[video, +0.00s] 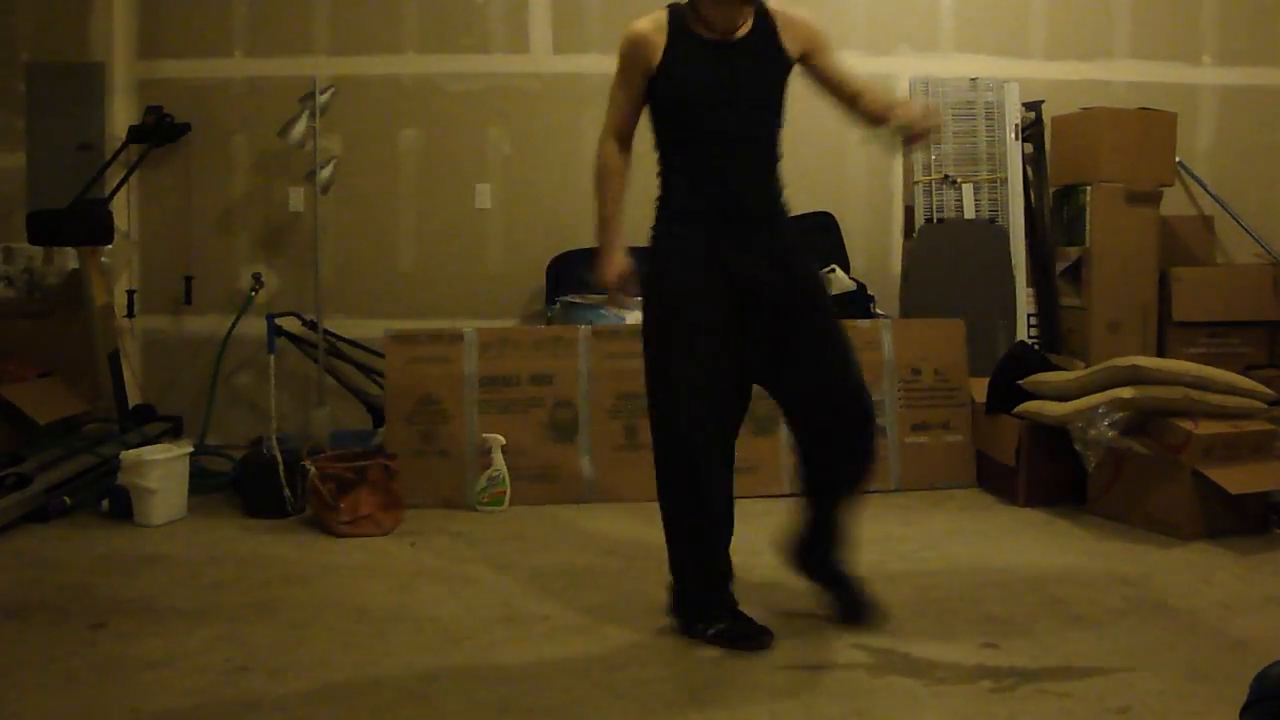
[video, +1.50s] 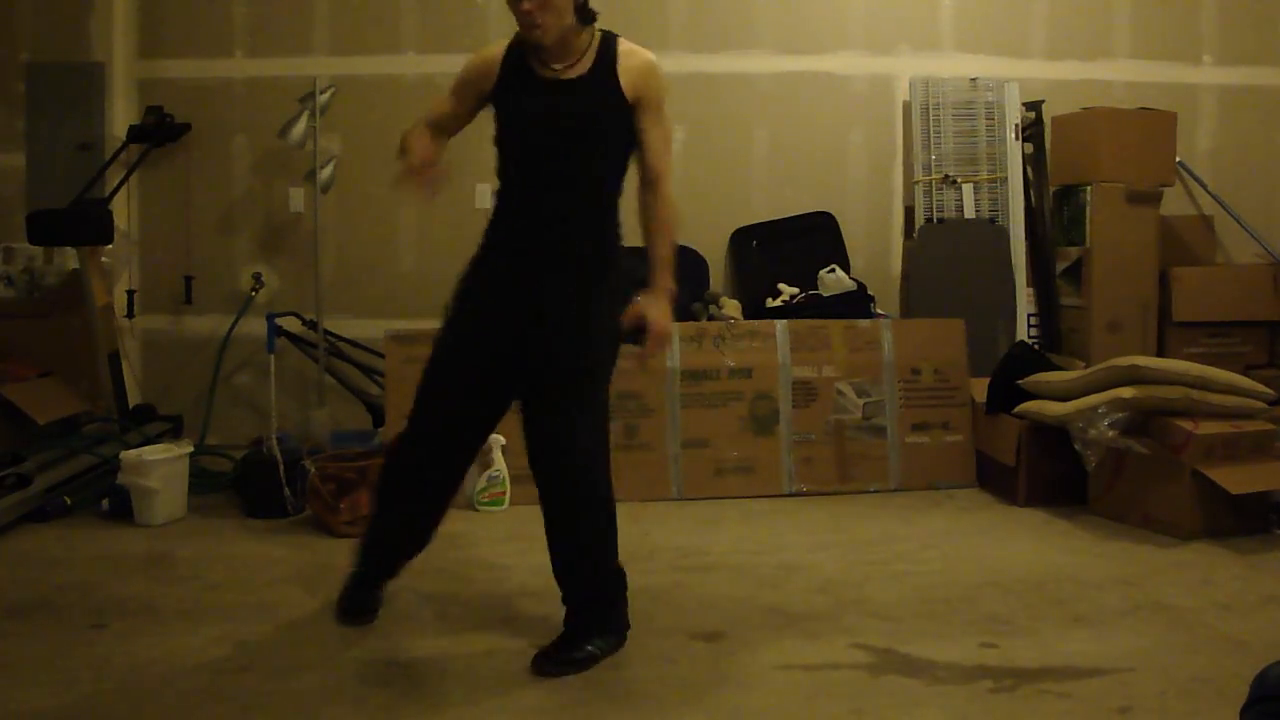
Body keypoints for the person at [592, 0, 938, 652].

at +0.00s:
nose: (731, 9)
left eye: (738, 4)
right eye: (719, 4)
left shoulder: (788, 30)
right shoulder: (650, 40)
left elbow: (857, 96)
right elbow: (616, 139)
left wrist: (899, 113)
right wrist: (610, 244)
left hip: (771, 258)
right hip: (687, 263)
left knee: (842, 415)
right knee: (695, 435)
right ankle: (701, 601)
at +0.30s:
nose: (761, 10)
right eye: (746, 2)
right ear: (715, 6)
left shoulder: (812, 53)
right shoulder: (688, 67)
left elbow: (891, 119)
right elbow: (694, 147)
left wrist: (975, 159)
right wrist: (684, 202)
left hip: (812, 278)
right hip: (731, 283)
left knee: (859, 434)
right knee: (738, 449)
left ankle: (916, 580)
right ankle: (750, 600)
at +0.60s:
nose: (709, 3)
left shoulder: (781, 41)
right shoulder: (662, 38)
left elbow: (824, 149)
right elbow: (602, 124)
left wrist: (712, 150)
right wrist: (634, 143)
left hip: (772, 248)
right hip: (704, 247)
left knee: (732, 413)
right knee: (687, 408)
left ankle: (765, 583)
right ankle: (716, 573)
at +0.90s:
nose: (652, 9)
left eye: (666, 1)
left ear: (692, 1)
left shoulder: (723, 63)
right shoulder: (600, 43)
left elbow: (718, 180)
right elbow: (567, 130)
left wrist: (628, 228)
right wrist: (564, 217)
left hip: (689, 270)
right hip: (621, 270)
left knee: (653, 436)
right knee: (650, 431)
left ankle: (620, 622)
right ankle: (762, 544)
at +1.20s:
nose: (564, 13)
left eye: (577, 5)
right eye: (555, 4)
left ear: (602, 3)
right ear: (538, 1)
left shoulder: (638, 55)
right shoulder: (496, 48)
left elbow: (694, 148)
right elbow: (473, 133)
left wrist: (640, 152)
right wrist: (479, 206)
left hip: (595, 284)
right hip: (505, 282)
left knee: (618, 459)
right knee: (449, 444)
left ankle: (632, 625)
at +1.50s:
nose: (526, 9)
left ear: (578, 3)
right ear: (510, 6)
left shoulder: (632, 71)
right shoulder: (497, 67)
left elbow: (655, 184)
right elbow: (431, 127)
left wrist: (660, 285)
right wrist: (420, 152)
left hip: (581, 287)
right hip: (500, 280)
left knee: (571, 458)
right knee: (435, 432)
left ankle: (598, 619)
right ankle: (373, 567)